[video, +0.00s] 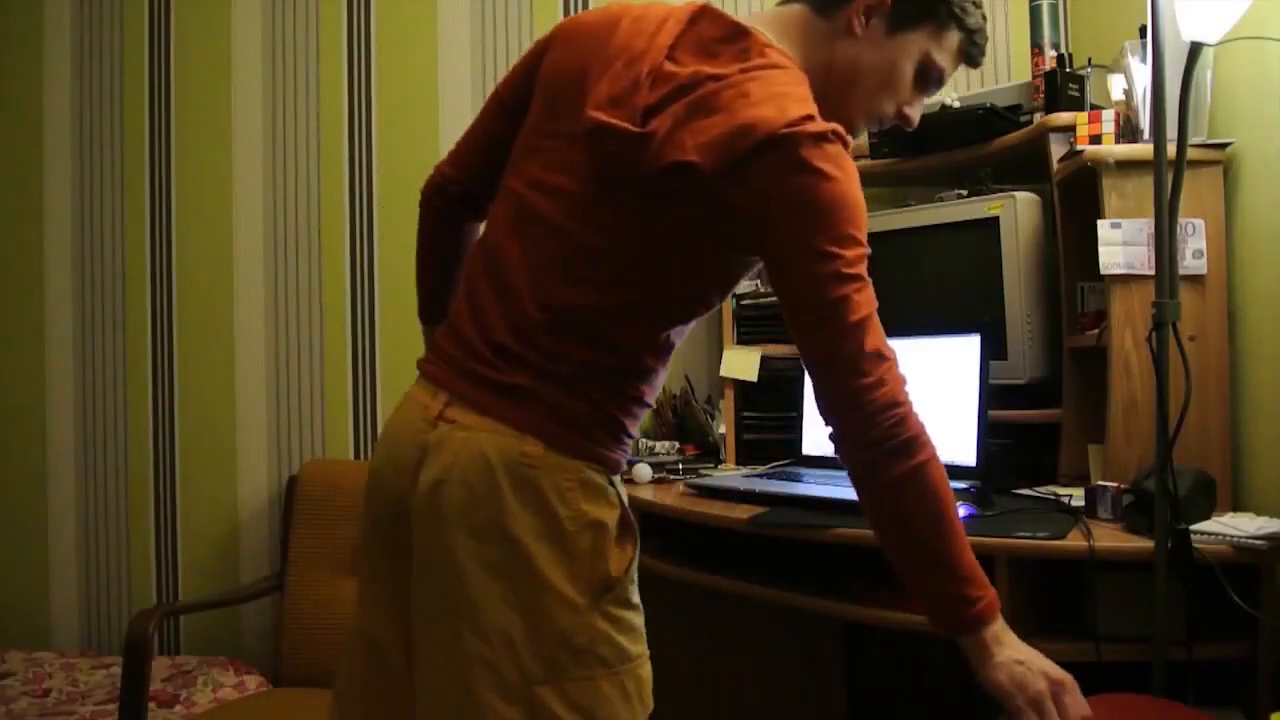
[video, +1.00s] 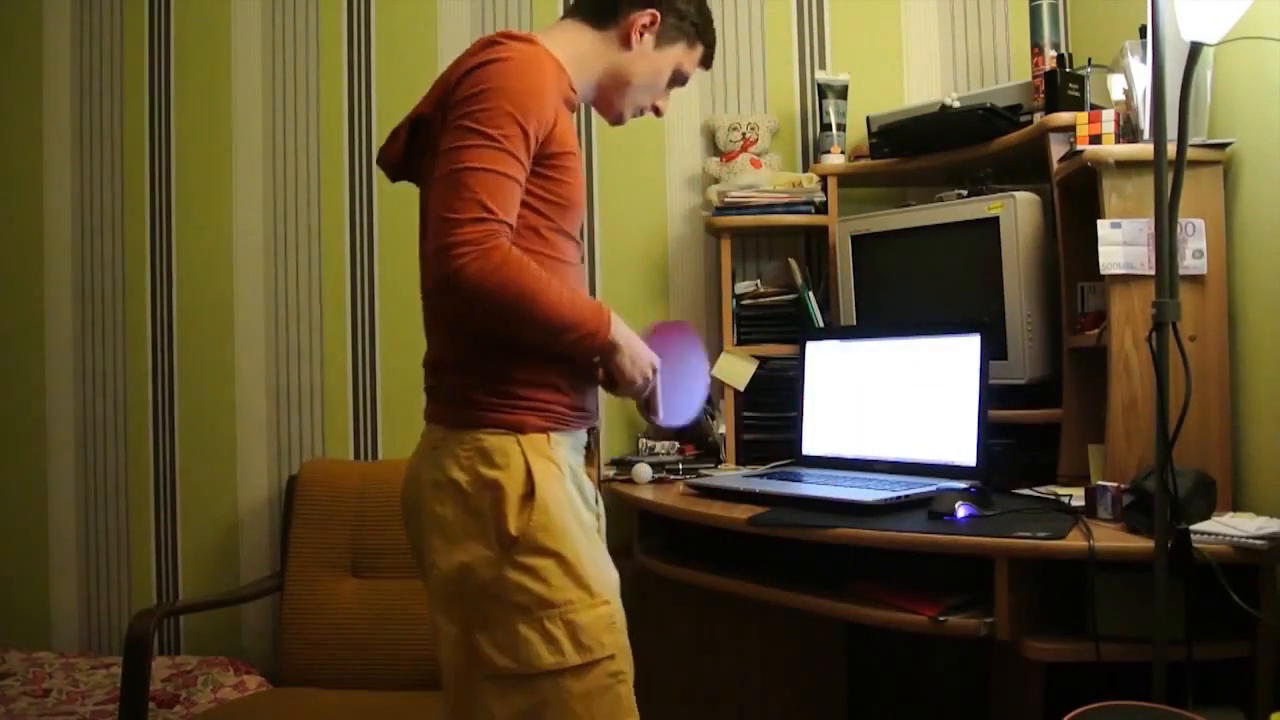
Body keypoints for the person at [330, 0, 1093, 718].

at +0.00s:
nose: (910, 114)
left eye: (931, 94)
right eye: (924, 75)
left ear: (845, 15)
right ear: (867, 14)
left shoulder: (594, 31)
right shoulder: (791, 137)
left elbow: (450, 195)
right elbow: (872, 414)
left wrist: (452, 367)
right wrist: (985, 632)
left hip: (416, 443)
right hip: (534, 490)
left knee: (384, 710)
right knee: (567, 702)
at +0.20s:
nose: (863, 67)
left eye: (882, 48)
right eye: (876, 31)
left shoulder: (559, 35)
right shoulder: (761, 96)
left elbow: (451, 227)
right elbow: (771, 372)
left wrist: (501, 368)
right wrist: (933, 532)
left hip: (449, 457)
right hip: (568, 496)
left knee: (429, 713)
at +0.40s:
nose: (792, 47)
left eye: (810, 26)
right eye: (807, 15)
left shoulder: (522, 52)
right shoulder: (694, 52)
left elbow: (450, 264)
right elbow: (633, 306)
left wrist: (524, 391)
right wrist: (812, 422)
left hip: (477, 465)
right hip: (583, 487)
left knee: (488, 710)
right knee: (621, 705)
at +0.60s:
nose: (709, 64)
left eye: (731, 47)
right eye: (732, 35)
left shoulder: (494, 69)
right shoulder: (619, 42)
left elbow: (444, 293)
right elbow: (601, 293)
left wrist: (553, 401)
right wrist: (735, 420)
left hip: (497, 471)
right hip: (576, 487)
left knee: (531, 707)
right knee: (621, 706)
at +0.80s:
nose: (671, 82)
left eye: (687, 65)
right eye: (685, 55)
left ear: (647, 11)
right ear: (652, 9)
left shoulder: (519, 63)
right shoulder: (551, 61)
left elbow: (445, 309)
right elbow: (483, 258)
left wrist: (616, 399)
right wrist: (638, 371)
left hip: (522, 477)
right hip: (543, 484)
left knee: (537, 707)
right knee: (615, 705)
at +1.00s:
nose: (663, 104)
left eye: (677, 87)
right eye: (675, 77)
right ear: (641, 27)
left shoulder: (537, 85)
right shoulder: (518, 71)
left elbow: (502, 268)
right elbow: (469, 258)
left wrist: (612, 344)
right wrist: (604, 334)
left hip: (529, 464)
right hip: (506, 471)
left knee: (508, 707)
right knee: (578, 706)